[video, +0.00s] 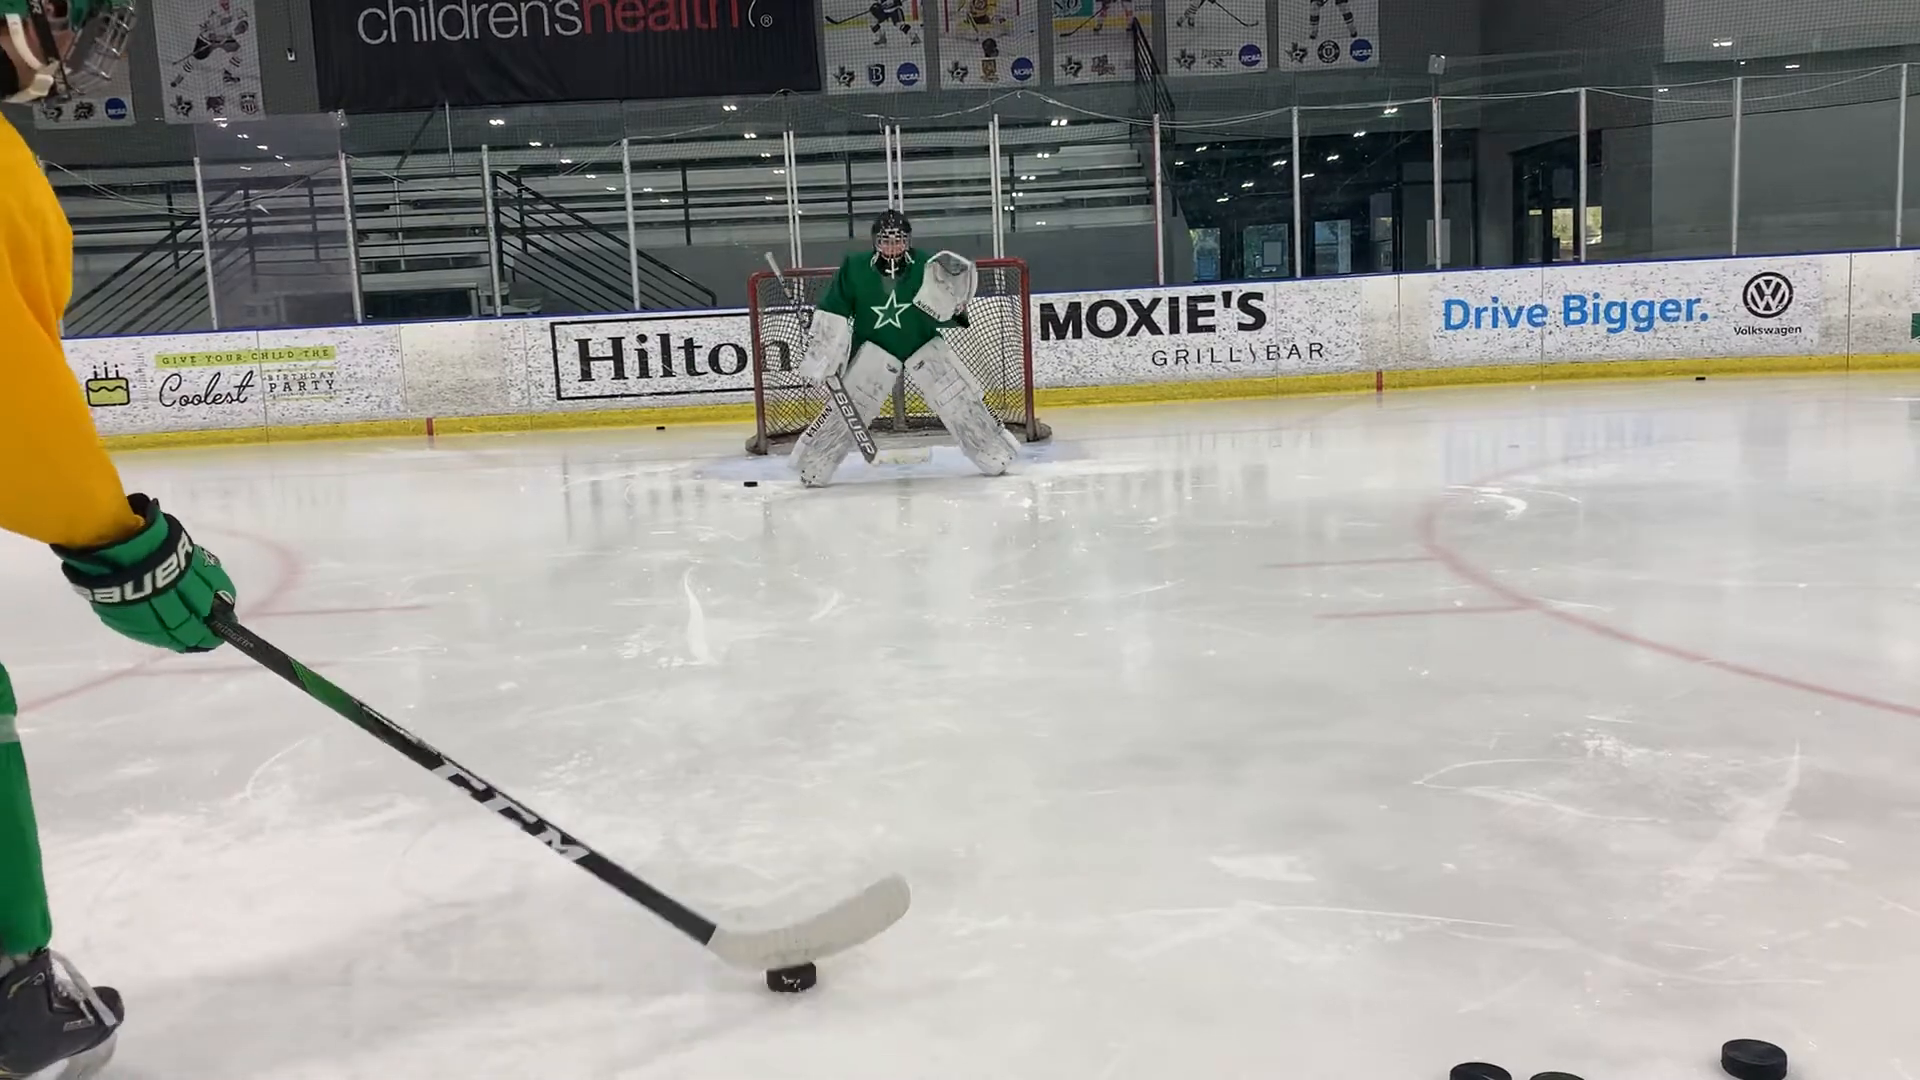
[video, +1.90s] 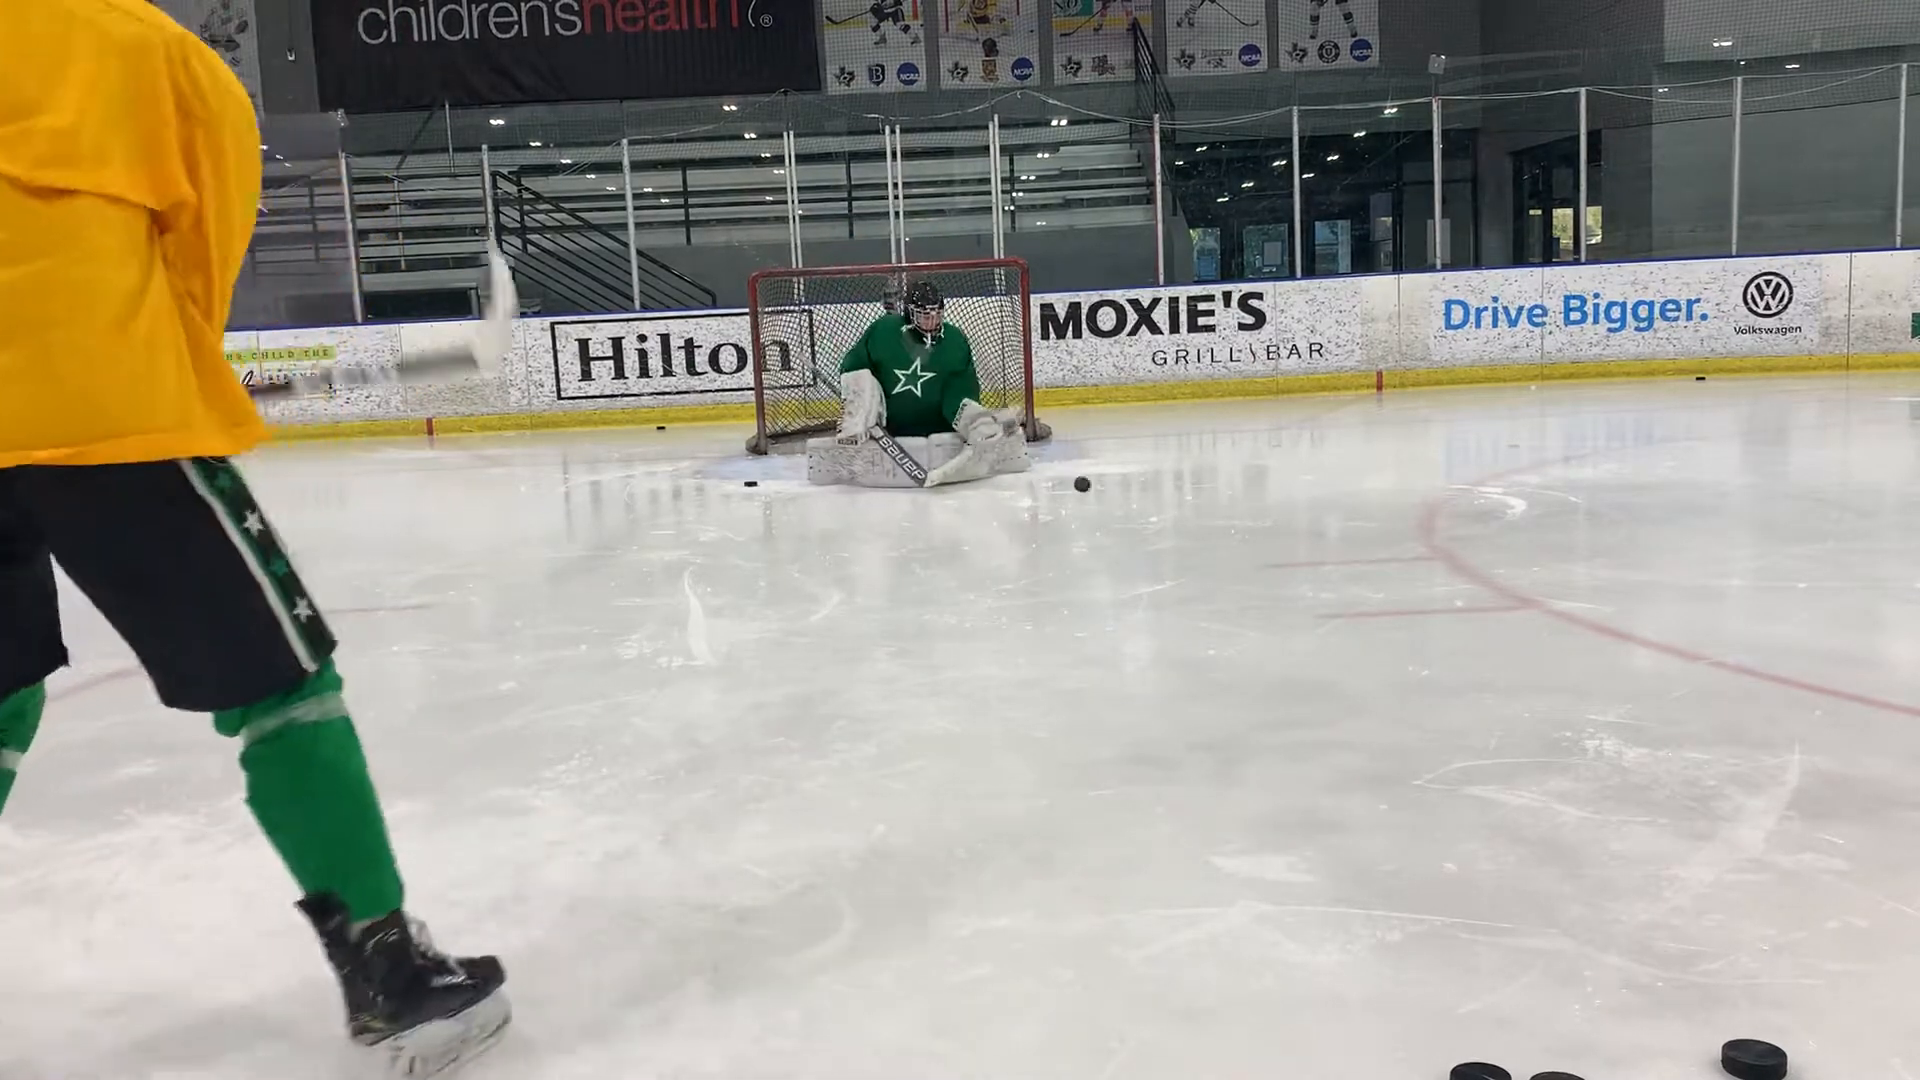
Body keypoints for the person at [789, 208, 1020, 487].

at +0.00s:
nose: (892, 246)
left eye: (898, 239)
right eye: (887, 240)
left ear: (908, 240)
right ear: (875, 241)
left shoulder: (924, 265)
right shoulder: (855, 269)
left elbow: (948, 309)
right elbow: (832, 314)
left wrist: (950, 286)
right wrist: (823, 360)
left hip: (924, 346)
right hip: (874, 350)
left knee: (960, 399)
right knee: (850, 407)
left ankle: (996, 459)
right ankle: (815, 468)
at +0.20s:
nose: (896, 285)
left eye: (902, 278)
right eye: (890, 279)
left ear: (912, 279)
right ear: (881, 280)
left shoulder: (928, 301)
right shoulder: (861, 305)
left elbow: (960, 350)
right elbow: (836, 341)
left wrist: (948, 320)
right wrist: (831, 380)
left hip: (927, 374)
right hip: (880, 380)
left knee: (964, 414)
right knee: (855, 426)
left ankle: (1009, 457)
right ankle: (813, 468)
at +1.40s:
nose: (902, 305)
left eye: (907, 298)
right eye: (896, 298)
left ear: (918, 298)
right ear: (886, 298)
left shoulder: (936, 317)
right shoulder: (865, 319)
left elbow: (964, 370)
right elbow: (834, 352)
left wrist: (962, 347)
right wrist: (834, 388)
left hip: (931, 402)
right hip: (880, 408)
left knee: (961, 410)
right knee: (853, 437)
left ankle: (1008, 453)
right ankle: (815, 467)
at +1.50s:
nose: (906, 308)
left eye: (912, 302)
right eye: (900, 302)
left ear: (920, 300)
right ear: (889, 300)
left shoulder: (938, 321)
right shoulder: (865, 319)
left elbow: (963, 365)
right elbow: (834, 355)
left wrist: (982, 358)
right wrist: (847, 379)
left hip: (935, 418)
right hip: (883, 419)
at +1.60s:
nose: (916, 314)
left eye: (921, 308)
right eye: (909, 309)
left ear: (927, 305)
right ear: (893, 306)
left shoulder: (944, 327)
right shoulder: (870, 326)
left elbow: (957, 369)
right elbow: (842, 364)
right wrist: (858, 391)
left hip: (938, 424)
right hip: (888, 426)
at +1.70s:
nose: (930, 321)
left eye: (934, 314)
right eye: (922, 316)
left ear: (939, 310)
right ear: (905, 313)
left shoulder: (951, 340)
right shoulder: (881, 327)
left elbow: (958, 391)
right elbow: (849, 366)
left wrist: (969, 423)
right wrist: (862, 403)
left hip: (935, 430)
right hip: (885, 427)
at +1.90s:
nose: (932, 322)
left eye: (937, 315)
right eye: (925, 316)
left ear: (943, 312)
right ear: (910, 313)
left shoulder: (955, 341)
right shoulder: (884, 332)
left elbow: (961, 392)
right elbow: (853, 365)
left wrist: (975, 422)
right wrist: (863, 402)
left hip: (942, 429)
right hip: (893, 427)